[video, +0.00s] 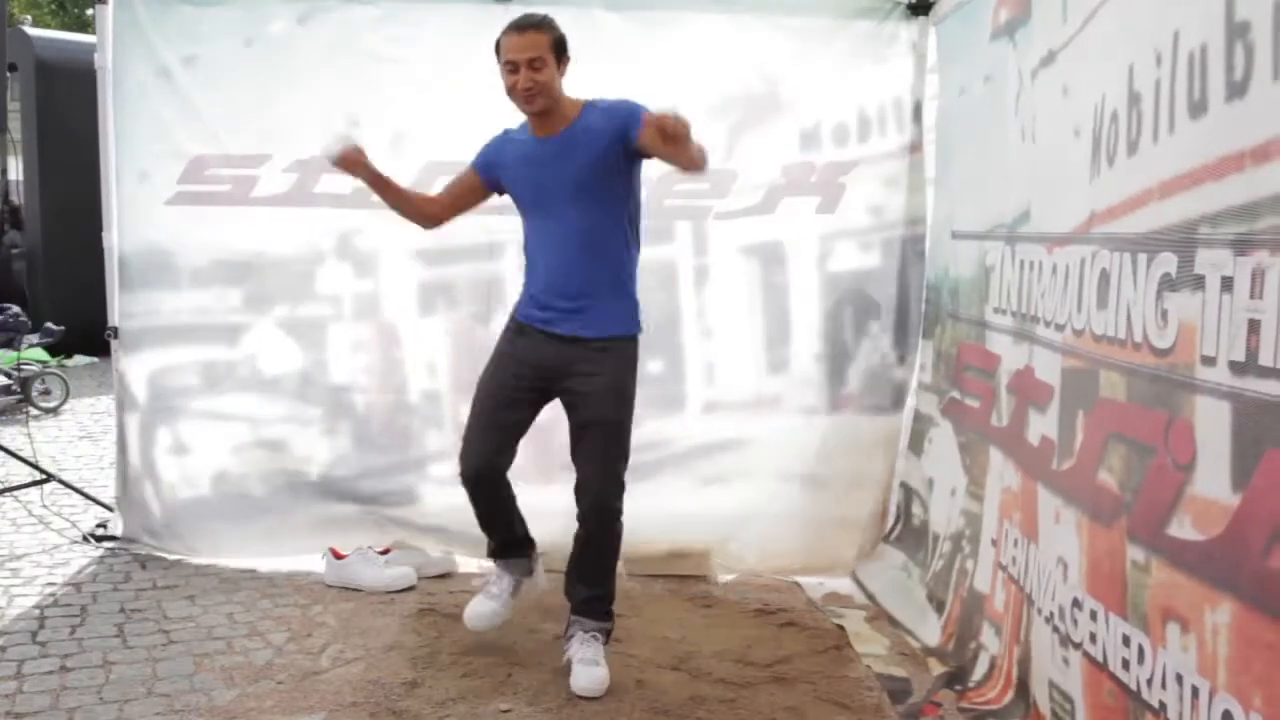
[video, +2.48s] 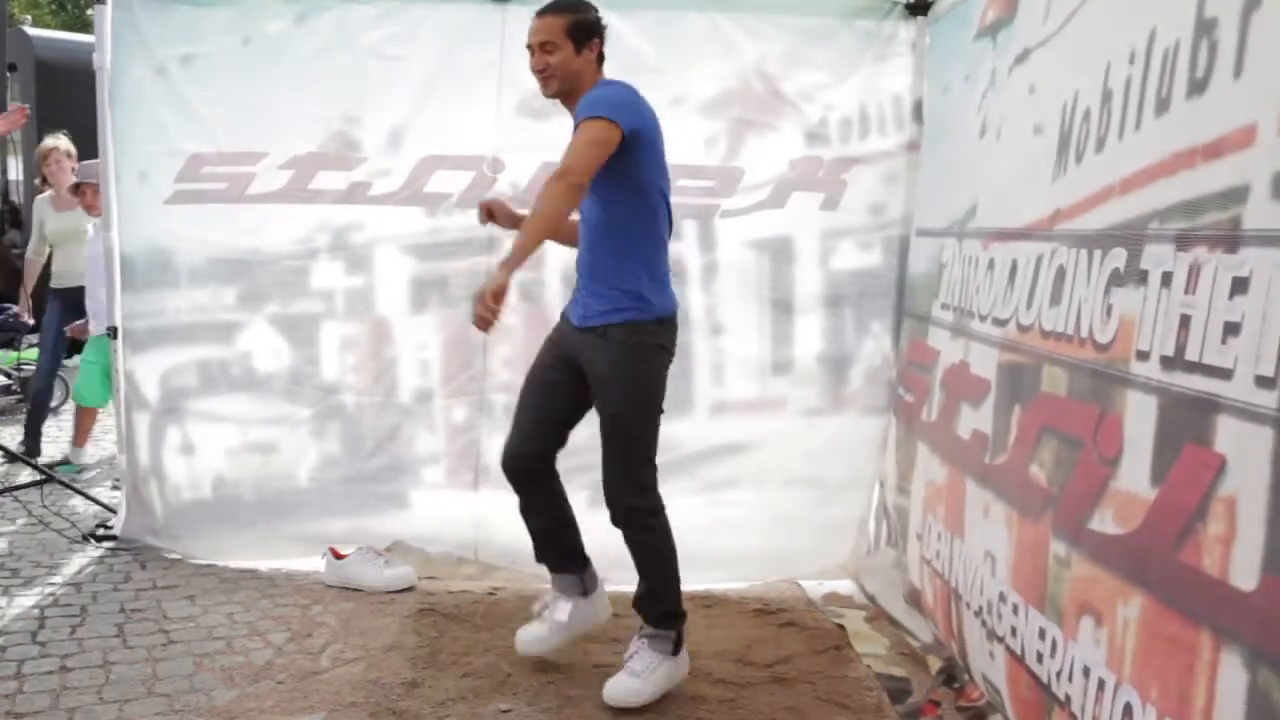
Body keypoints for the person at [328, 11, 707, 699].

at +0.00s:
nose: (525, 79)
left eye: (536, 65)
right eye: (512, 69)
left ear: (563, 64)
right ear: (502, 77)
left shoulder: (616, 120)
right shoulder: (505, 151)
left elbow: (692, 163)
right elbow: (430, 213)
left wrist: (677, 138)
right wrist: (369, 175)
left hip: (605, 341)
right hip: (530, 333)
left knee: (600, 492)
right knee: (478, 465)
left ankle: (589, 629)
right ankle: (515, 561)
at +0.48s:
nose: (486, 105)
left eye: (495, 90)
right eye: (476, 98)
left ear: (528, 89)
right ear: (473, 109)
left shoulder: (575, 133)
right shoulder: (504, 185)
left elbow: (627, 126)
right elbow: (434, 246)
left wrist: (535, 91)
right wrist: (405, 177)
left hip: (614, 336)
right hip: (554, 345)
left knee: (578, 478)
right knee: (532, 487)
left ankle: (622, 598)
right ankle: (572, 621)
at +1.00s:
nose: (502, 110)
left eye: (513, 95)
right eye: (491, 101)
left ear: (543, 94)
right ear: (485, 112)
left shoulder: (589, 117)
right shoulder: (528, 198)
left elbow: (678, 129)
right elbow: (484, 284)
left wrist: (634, 152)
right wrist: (439, 218)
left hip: (662, 306)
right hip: (609, 324)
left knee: (538, 354)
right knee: (588, 474)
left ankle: (577, 516)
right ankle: (615, 638)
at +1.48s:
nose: (537, 78)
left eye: (550, 66)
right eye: (524, 69)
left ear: (576, 74)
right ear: (514, 85)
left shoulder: (628, 114)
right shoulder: (540, 180)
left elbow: (721, 173)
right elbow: (520, 279)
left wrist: (660, 209)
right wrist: (475, 232)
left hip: (669, 313)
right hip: (615, 325)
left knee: (532, 370)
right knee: (607, 490)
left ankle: (568, 556)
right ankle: (640, 649)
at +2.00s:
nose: (554, 51)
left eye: (567, 37)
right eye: (550, 39)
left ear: (614, 41)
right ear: (555, 50)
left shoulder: (649, 111)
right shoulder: (592, 131)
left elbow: (626, 220)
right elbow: (607, 238)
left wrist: (512, 213)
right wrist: (528, 259)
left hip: (642, 336)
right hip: (587, 323)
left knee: (626, 505)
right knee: (502, 433)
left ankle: (644, 653)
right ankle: (589, 535)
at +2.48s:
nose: (537, 64)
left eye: (548, 50)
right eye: (532, 53)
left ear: (590, 50)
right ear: (550, 58)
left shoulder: (613, 100)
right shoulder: (593, 126)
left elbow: (568, 187)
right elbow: (599, 236)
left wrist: (505, 271)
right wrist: (524, 219)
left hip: (633, 329)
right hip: (581, 326)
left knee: (631, 494)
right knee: (524, 459)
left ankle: (665, 641)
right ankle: (577, 592)